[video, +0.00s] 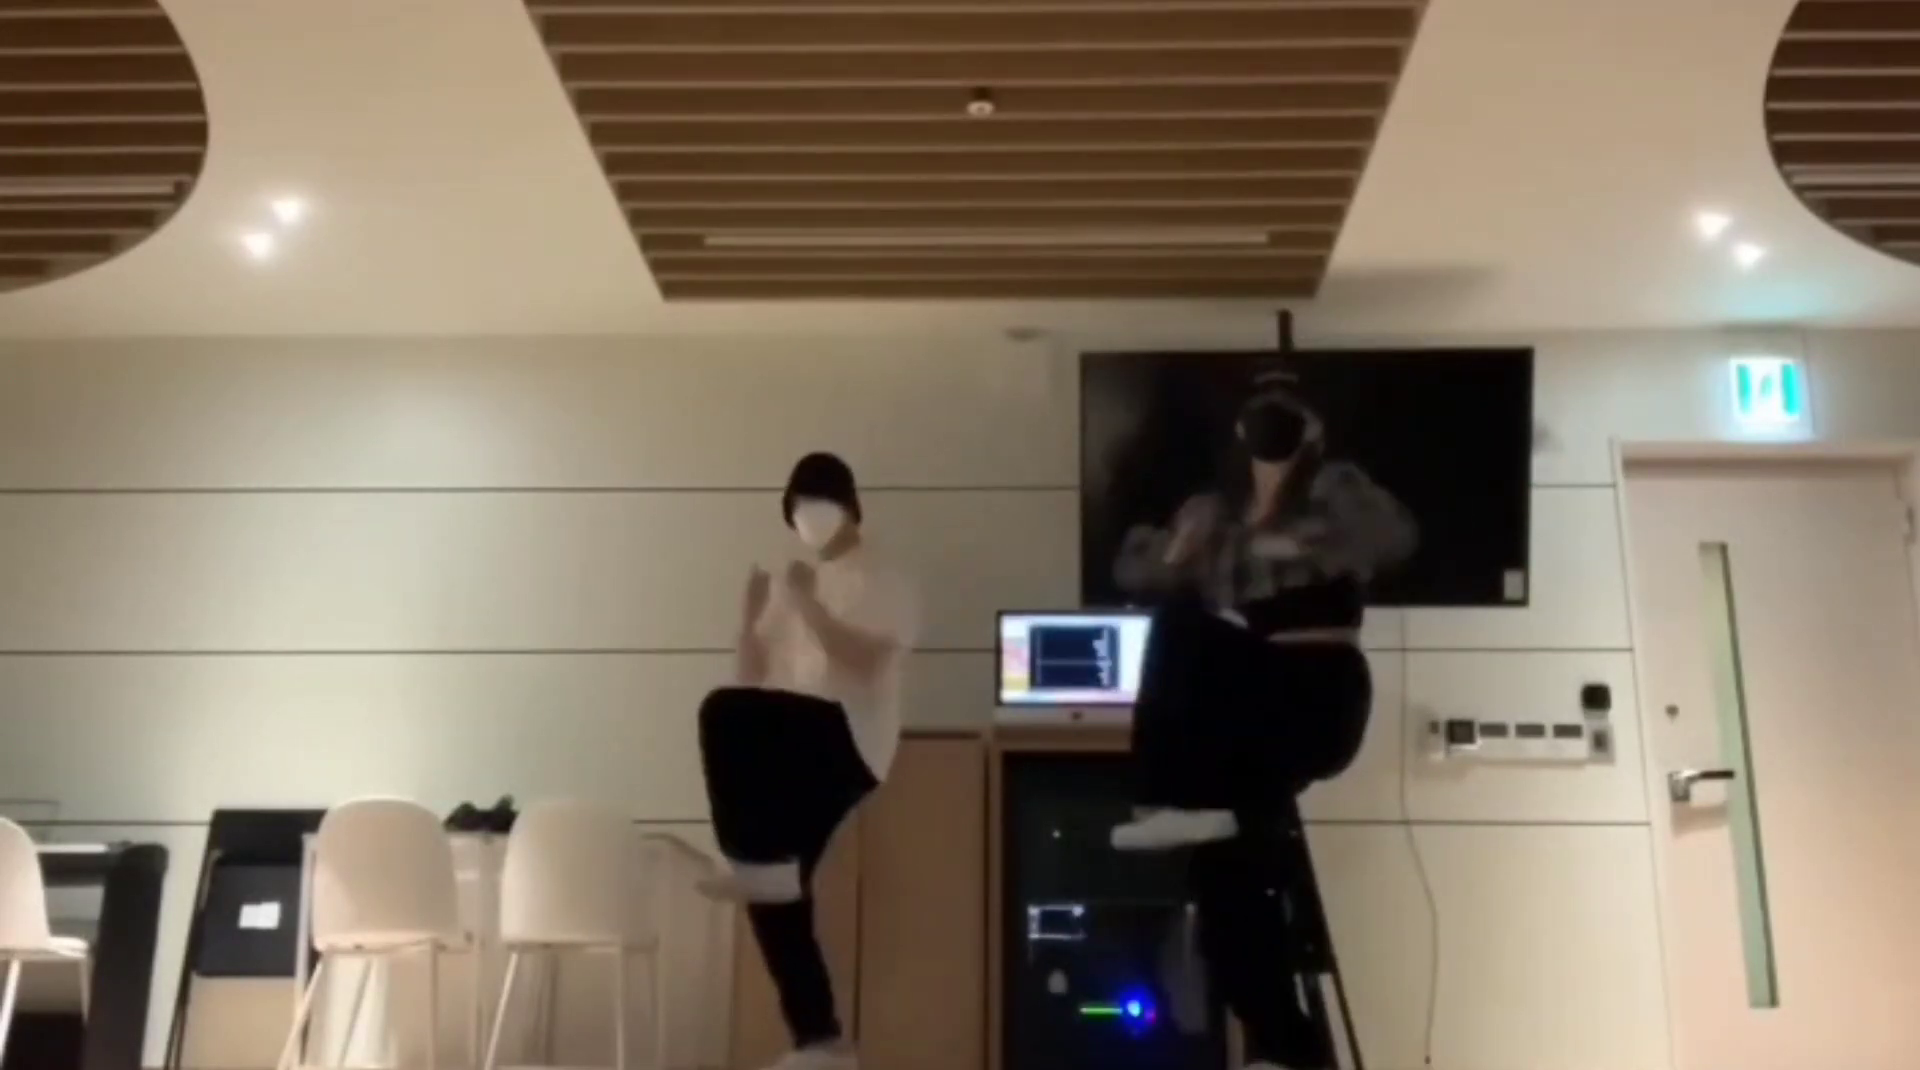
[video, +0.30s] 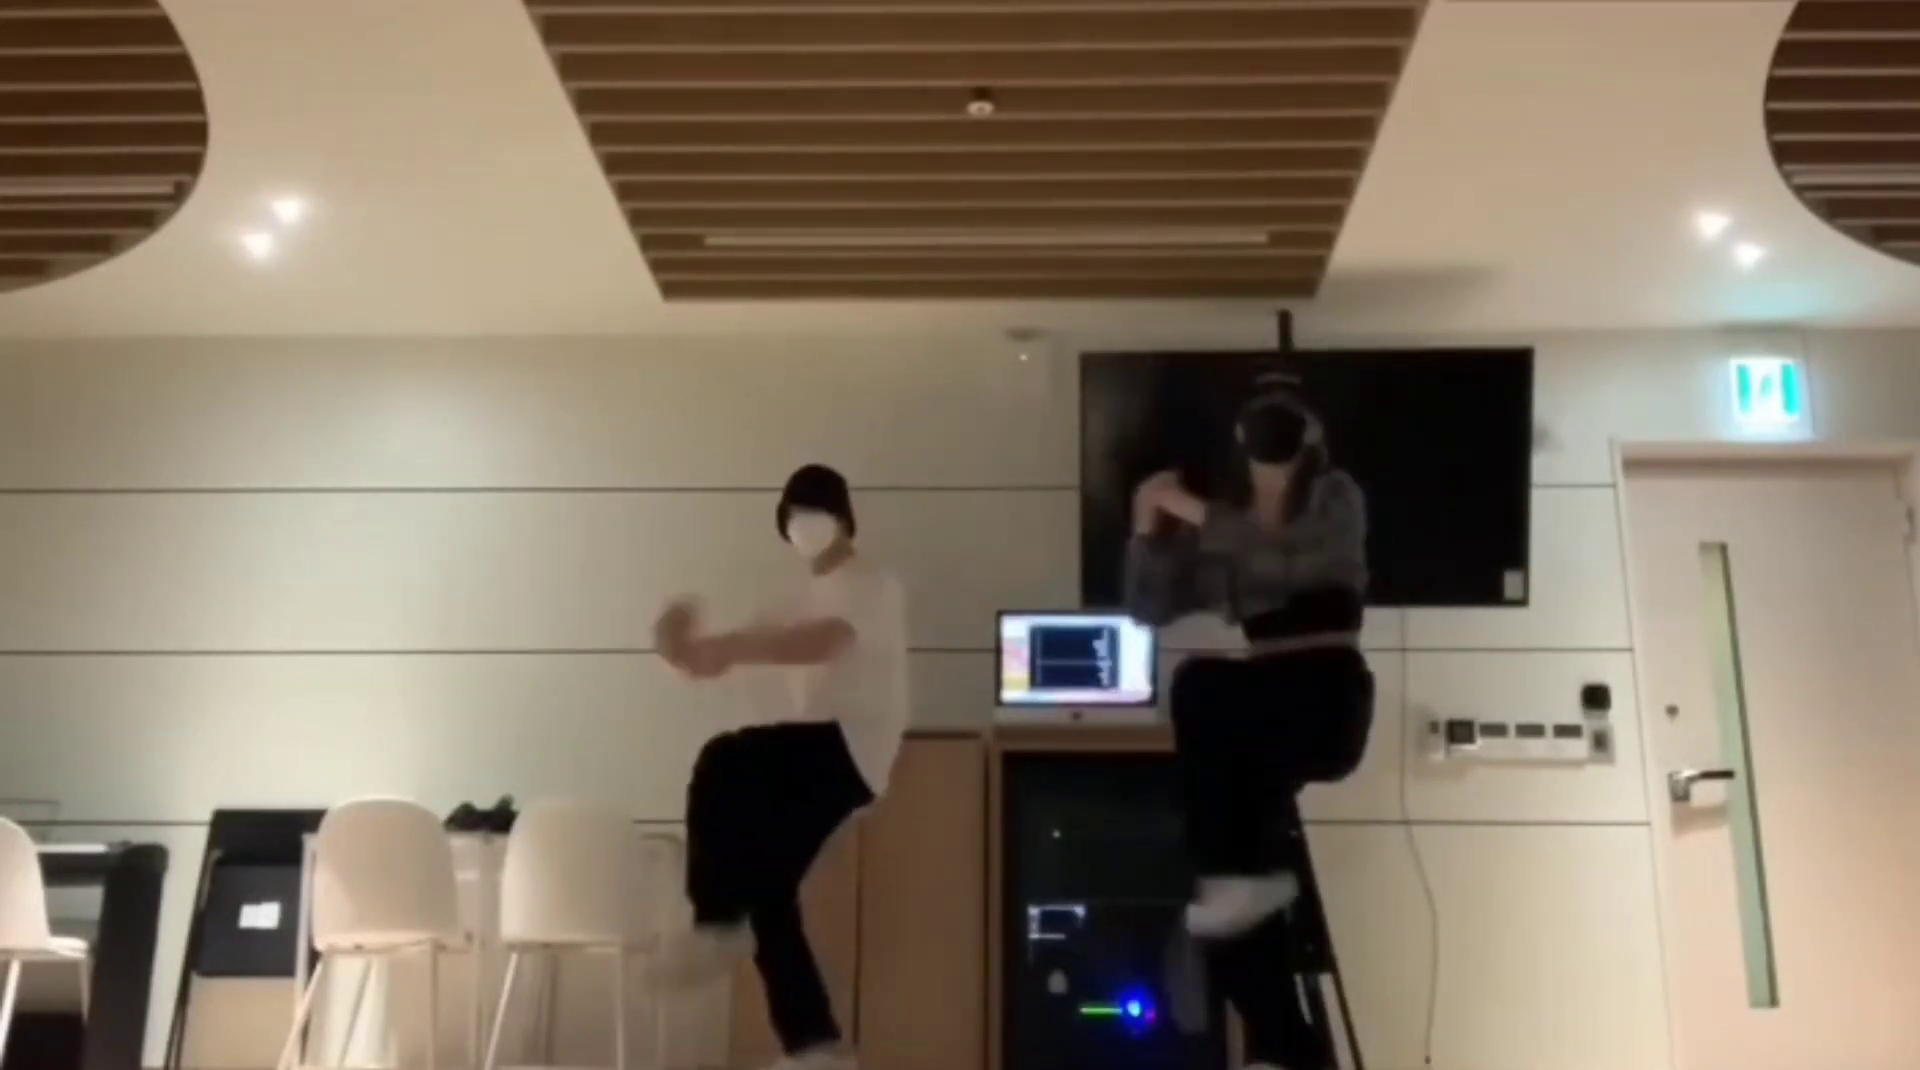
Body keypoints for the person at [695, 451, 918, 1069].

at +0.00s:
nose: (810, 521)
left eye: (822, 506)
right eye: (799, 510)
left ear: (851, 507)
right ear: (790, 516)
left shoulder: (883, 576)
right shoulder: (796, 580)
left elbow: (865, 663)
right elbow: (755, 680)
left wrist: (809, 605)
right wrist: (751, 623)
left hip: (855, 733)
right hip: (797, 736)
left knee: (726, 711)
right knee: (772, 886)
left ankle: (762, 861)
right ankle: (818, 1041)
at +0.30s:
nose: (804, 532)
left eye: (814, 516)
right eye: (792, 522)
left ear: (843, 517)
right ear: (784, 532)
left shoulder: (873, 585)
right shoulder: (804, 596)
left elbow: (821, 643)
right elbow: (753, 644)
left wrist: (724, 650)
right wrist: (686, 648)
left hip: (853, 740)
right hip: (808, 742)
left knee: (725, 759)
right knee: (769, 888)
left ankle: (717, 921)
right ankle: (815, 1043)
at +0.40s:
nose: (801, 531)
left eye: (813, 515)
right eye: (790, 520)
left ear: (840, 517)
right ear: (782, 527)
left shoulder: (863, 578)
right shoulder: (796, 591)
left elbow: (818, 636)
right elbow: (702, 614)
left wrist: (741, 698)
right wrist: (629, 647)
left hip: (854, 747)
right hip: (813, 751)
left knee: (753, 821)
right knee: (773, 884)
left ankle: (718, 975)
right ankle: (815, 1046)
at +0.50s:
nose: (780, 504)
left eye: (795, 491)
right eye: (770, 492)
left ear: (820, 500)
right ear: (759, 502)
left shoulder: (825, 563)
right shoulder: (776, 572)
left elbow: (871, 627)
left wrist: (895, 715)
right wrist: (678, 606)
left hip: (850, 745)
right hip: (806, 751)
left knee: (778, 892)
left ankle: (826, 1033)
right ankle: (844, 1027)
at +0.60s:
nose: (774, 489)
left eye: (789, 478)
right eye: (767, 477)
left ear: (817, 491)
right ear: (754, 483)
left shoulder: (809, 553)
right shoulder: (757, 544)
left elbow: (885, 615)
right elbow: (733, 588)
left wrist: (941, 696)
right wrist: (734, 626)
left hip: (848, 742)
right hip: (801, 748)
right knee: (782, 901)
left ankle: (928, 1027)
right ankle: (816, 1044)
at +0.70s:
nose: (774, 477)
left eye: (787, 463)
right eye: (766, 466)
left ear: (814, 475)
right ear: (758, 478)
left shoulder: (816, 549)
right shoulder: (774, 548)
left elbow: (907, 611)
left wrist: (969, 692)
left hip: (833, 742)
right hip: (791, 742)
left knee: (897, 875)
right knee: (790, 898)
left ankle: (965, 1015)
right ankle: (818, 1044)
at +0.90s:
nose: (787, 489)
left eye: (794, 473)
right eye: (779, 479)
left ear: (823, 472)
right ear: (780, 487)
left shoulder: (869, 546)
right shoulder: (809, 550)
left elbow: (894, 633)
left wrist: (902, 717)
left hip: (819, 736)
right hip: (771, 734)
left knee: (828, 882)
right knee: (753, 886)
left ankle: (863, 1033)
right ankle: (803, 1028)